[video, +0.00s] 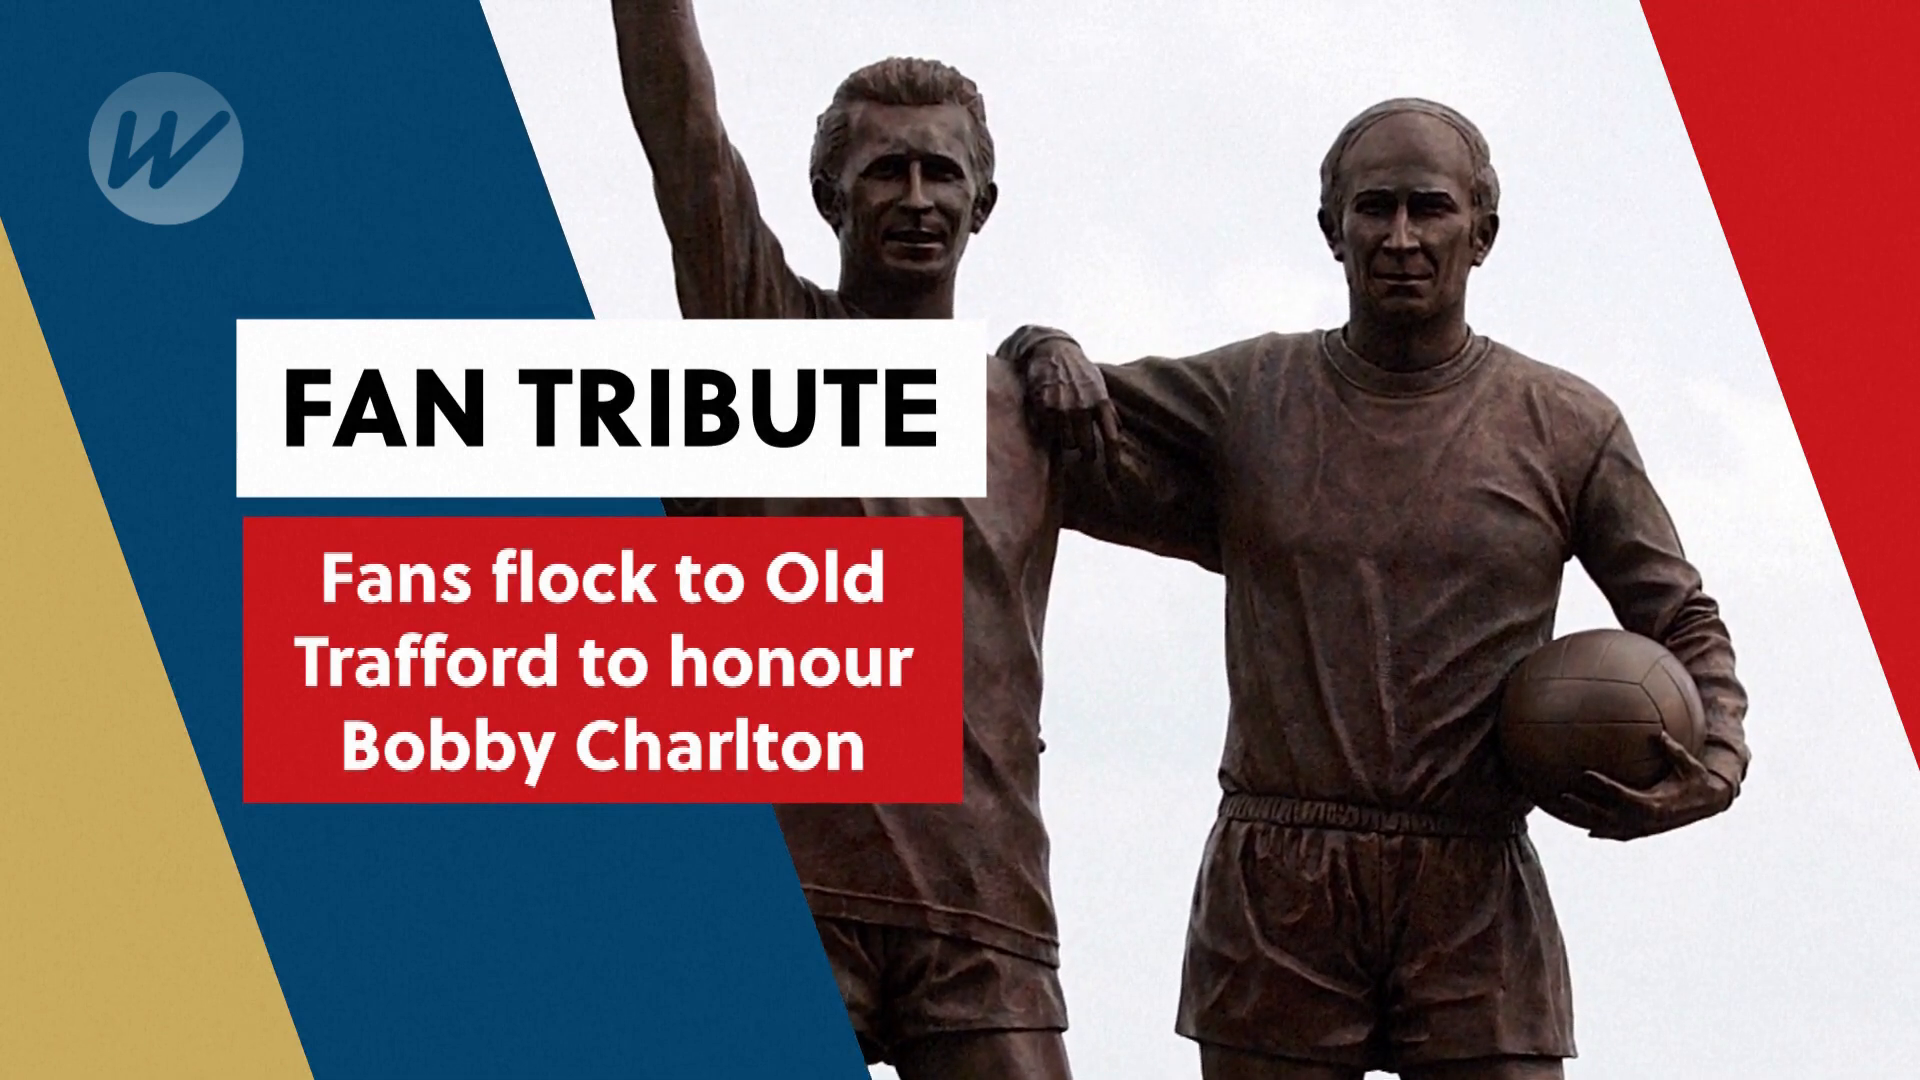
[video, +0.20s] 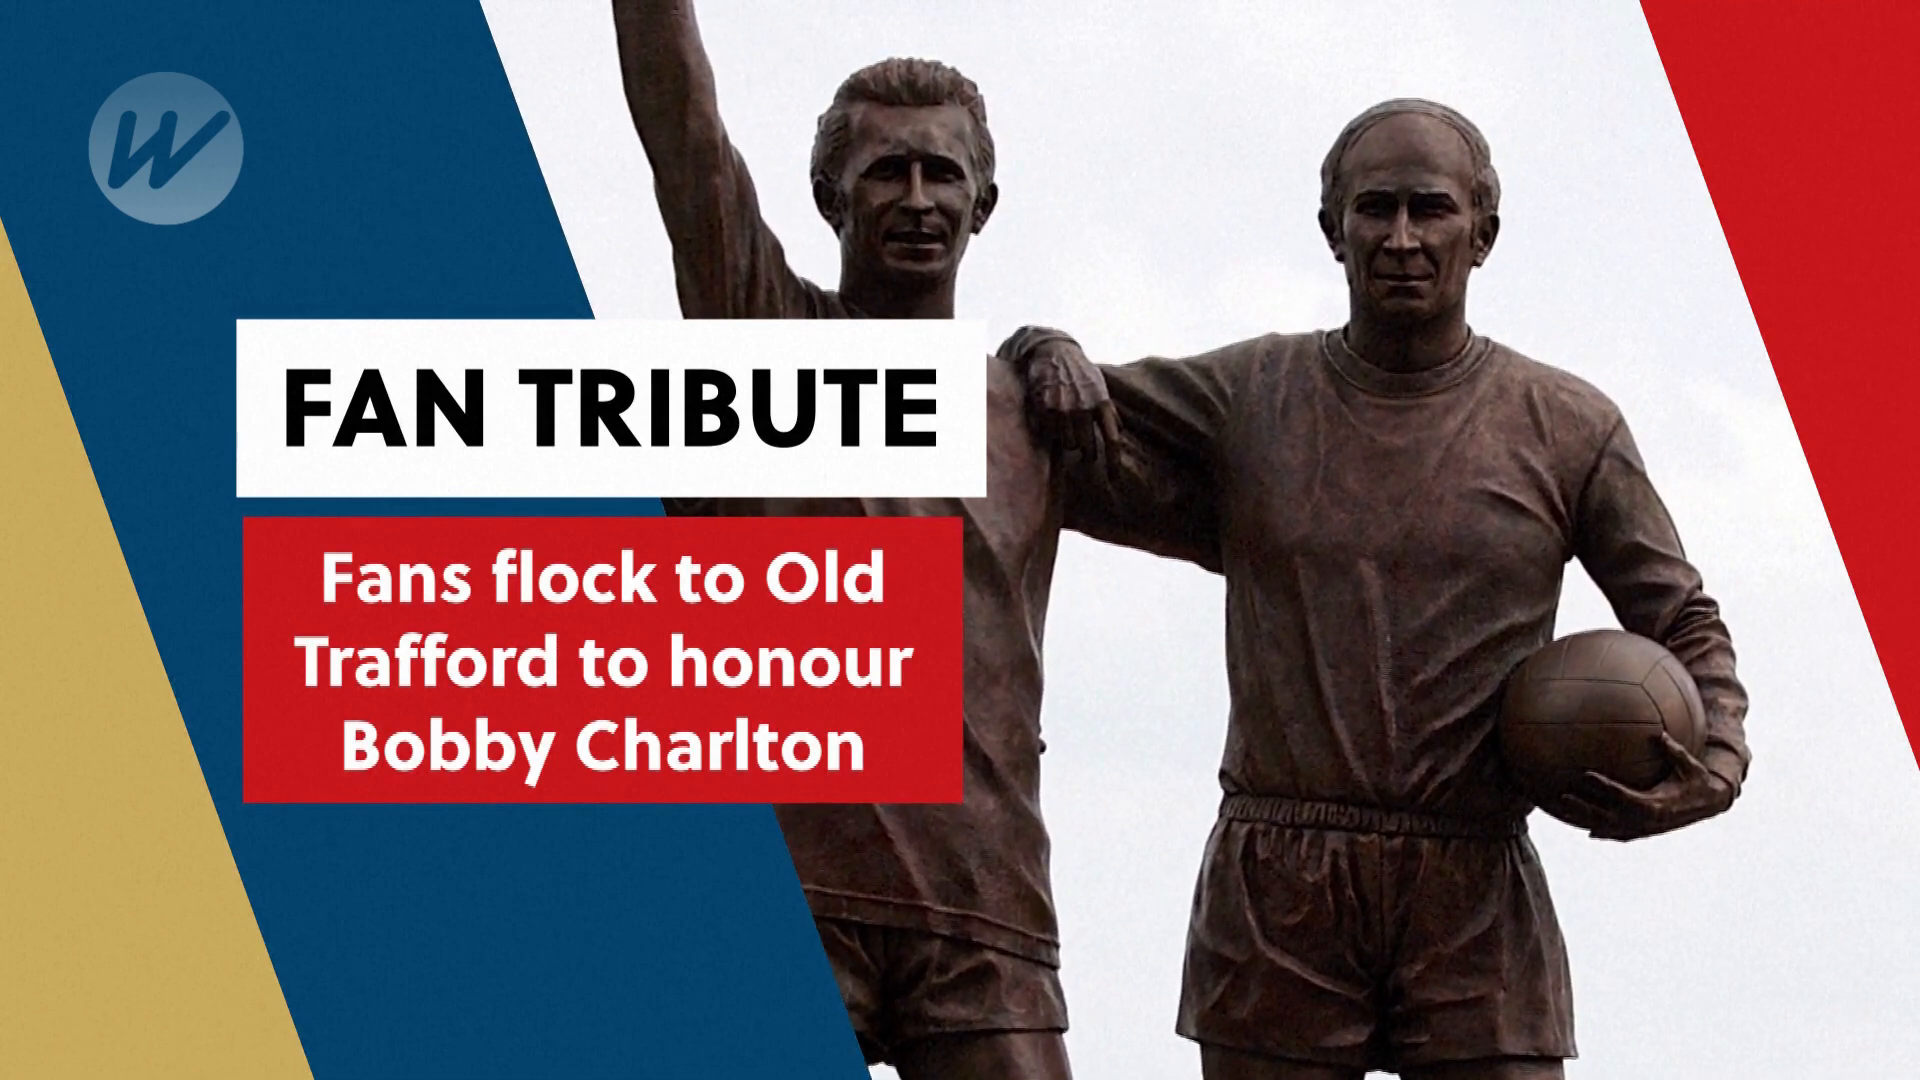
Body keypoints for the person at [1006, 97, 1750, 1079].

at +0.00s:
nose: (1400, 235)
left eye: (1430, 206)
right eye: (1372, 208)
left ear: (1484, 229)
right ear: (1332, 229)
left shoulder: (1566, 422)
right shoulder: (1248, 390)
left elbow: (1678, 616)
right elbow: (1076, 446)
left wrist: (1719, 753)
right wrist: (1042, 356)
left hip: (1473, 895)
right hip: (1272, 891)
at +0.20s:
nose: (1400, 236)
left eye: (1431, 207)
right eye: (1373, 208)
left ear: (1485, 230)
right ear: (1333, 228)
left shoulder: (1567, 423)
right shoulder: (1249, 391)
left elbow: (1680, 618)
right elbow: (1077, 450)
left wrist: (1720, 754)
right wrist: (1041, 355)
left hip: (1474, 896)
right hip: (1272, 892)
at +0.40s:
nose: (1401, 237)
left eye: (1429, 208)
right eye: (1372, 210)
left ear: (1486, 225)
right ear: (1330, 228)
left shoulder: (1563, 425)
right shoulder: (1252, 396)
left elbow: (1678, 616)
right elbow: (1082, 442)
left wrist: (1711, 746)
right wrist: (1047, 370)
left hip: (1468, 881)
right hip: (1276, 877)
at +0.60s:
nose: (1398, 241)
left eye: (1425, 207)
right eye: (1374, 207)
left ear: (1478, 224)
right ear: (1339, 221)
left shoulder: (1555, 431)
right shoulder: (1260, 412)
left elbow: (1689, 642)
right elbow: (1072, 442)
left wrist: (1642, 728)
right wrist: (1040, 385)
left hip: (1466, 893)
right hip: (1283, 890)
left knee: (1498, 1057)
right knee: (1272, 1055)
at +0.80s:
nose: (1407, 247)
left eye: (1431, 213)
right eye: (1384, 213)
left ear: (1475, 226)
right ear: (1345, 224)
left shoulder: (1549, 436)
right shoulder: (1265, 420)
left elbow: (1692, 690)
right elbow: (1052, 434)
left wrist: (1582, 708)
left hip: (1467, 908)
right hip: (1287, 902)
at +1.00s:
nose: (1411, 252)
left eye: (1433, 218)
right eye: (1388, 218)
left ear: (1471, 230)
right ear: (1350, 228)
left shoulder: (1546, 442)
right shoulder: (1270, 429)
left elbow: (1685, 725)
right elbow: (1024, 427)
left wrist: (1531, 705)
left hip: (1467, 919)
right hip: (1293, 913)